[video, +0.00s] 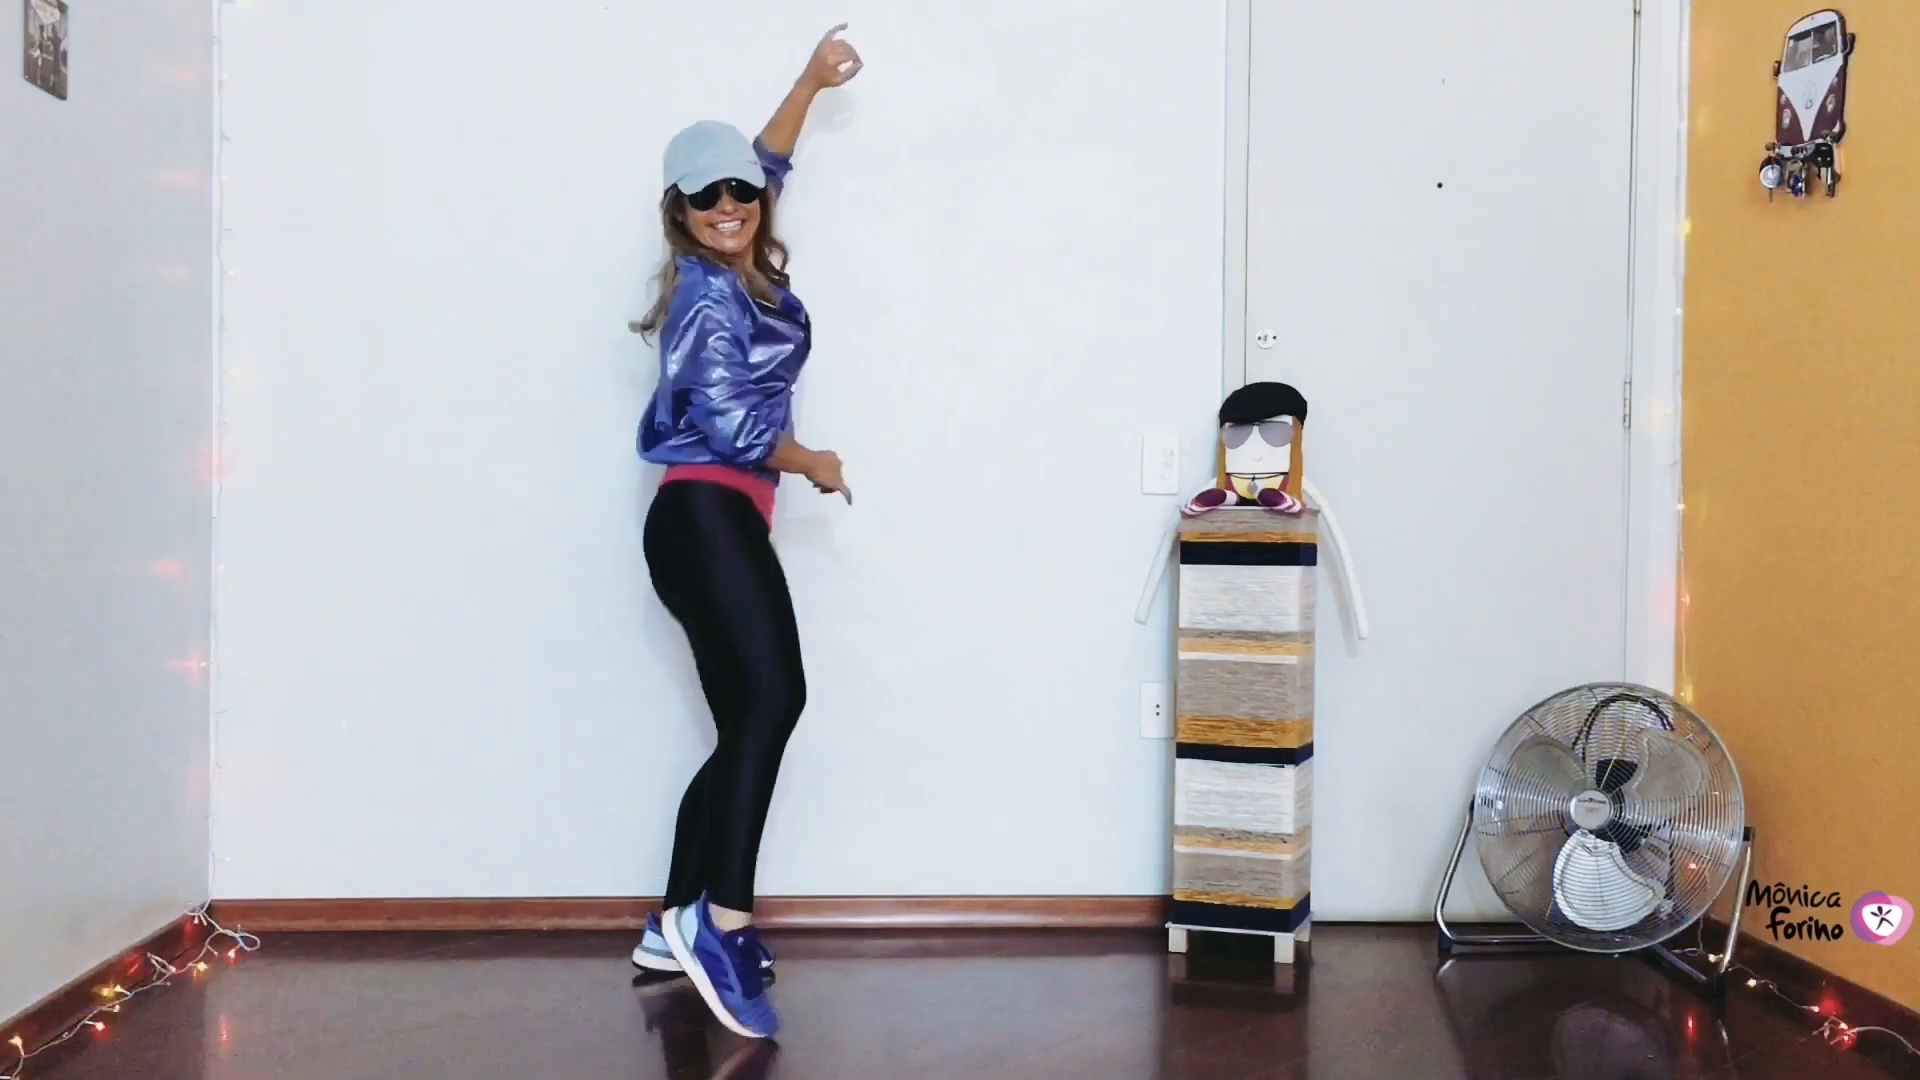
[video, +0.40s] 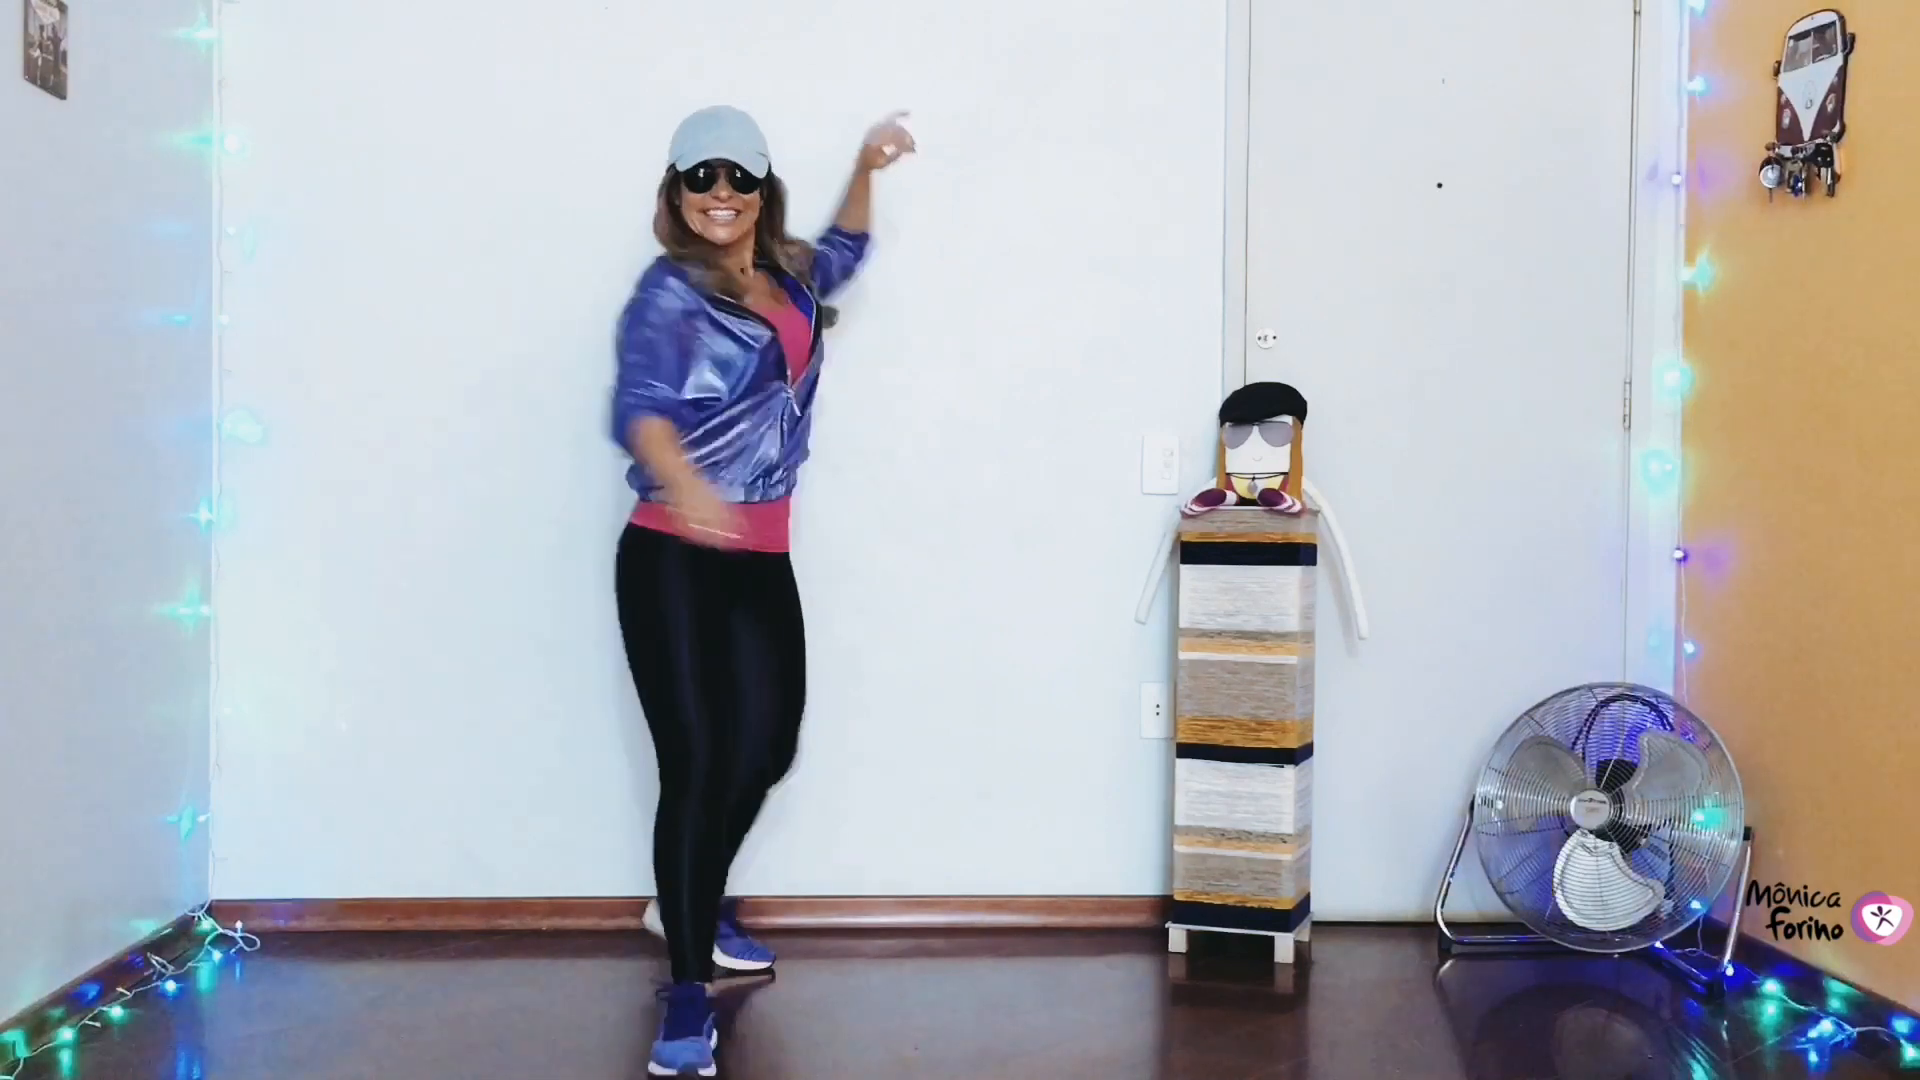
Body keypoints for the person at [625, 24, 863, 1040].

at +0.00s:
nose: (721, 211)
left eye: (735, 195)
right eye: (701, 201)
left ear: (758, 201)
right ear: (679, 215)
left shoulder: (745, 269)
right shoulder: (706, 297)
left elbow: (768, 164)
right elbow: (717, 421)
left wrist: (811, 82)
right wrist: (798, 457)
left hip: (728, 513)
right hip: (701, 511)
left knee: (758, 713)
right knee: (769, 703)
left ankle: (680, 918)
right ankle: (722, 921)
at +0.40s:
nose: (721, 194)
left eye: (740, 178)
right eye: (700, 179)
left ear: (766, 190)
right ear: (675, 194)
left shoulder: (788, 275)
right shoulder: (667, 293)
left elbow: (842, 253)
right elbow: (643, 411)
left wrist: (866, 169)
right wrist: (684, 483)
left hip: (763, 557)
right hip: (672, 557)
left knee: (769, 745)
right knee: (699, 763)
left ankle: (700, 907)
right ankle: (686, 992)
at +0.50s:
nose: (718, 194)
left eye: (737, 177)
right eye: (697, 177)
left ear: (764, 187)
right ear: (673, 190)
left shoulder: (796, 285)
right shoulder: (644, 295)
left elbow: (898, 286)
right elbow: (579, 371)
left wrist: (903, 210)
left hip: (750, 564)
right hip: (654, 557)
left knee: (812, 760)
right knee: (682, 776)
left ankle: (714, 862)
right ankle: (685, 995)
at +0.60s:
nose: (720, 191)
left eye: (741, 174)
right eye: (700, 172)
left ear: (768, 185)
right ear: (675, 181)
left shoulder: (809, 288)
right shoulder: (632, 293)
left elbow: (948, 317)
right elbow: (515, 346)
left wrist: (930, 247)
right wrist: (390, 376)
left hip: (752, 563)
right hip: (645, 554)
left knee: (827, 762)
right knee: (671, 776)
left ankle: (719, 866)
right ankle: (679, 997)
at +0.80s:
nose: (742, 173)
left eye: (763, 157)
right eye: (724, 154)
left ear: (790, 172)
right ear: (697, 169)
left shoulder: (825, 277)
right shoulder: (632, 276)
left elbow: (919, 355)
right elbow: (509, 280)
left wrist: (841, 278)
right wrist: (388, 268)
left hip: (765, 563)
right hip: (655, 556)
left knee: (760, 781)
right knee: (660, 781)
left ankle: (780, 980)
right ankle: (684, 994)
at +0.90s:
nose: (754, 157)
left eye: (775, 144)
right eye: (737, 138)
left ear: (801, 163)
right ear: (709, 152)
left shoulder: (817, 258)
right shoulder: (666, 255)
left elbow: (844, 355)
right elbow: (574, 239)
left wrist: (719, 303)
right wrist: (488, 197)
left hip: (774, 547)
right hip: (681, 543)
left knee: (756, 767)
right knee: (656, 756)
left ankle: (810, 983)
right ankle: (668, 979)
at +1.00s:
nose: (745, 143)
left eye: (769, 133)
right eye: (731, 124)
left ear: (799, 153)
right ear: (706, 135)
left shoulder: (791, 246)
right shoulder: (692, 236)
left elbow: (757, 362)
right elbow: (636, 202)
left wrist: (633, 331)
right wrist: (583, 146)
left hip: (784, 538)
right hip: (706, 536)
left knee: (764, 751)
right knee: (645, 729)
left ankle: (842, 981)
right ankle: (640, 960)